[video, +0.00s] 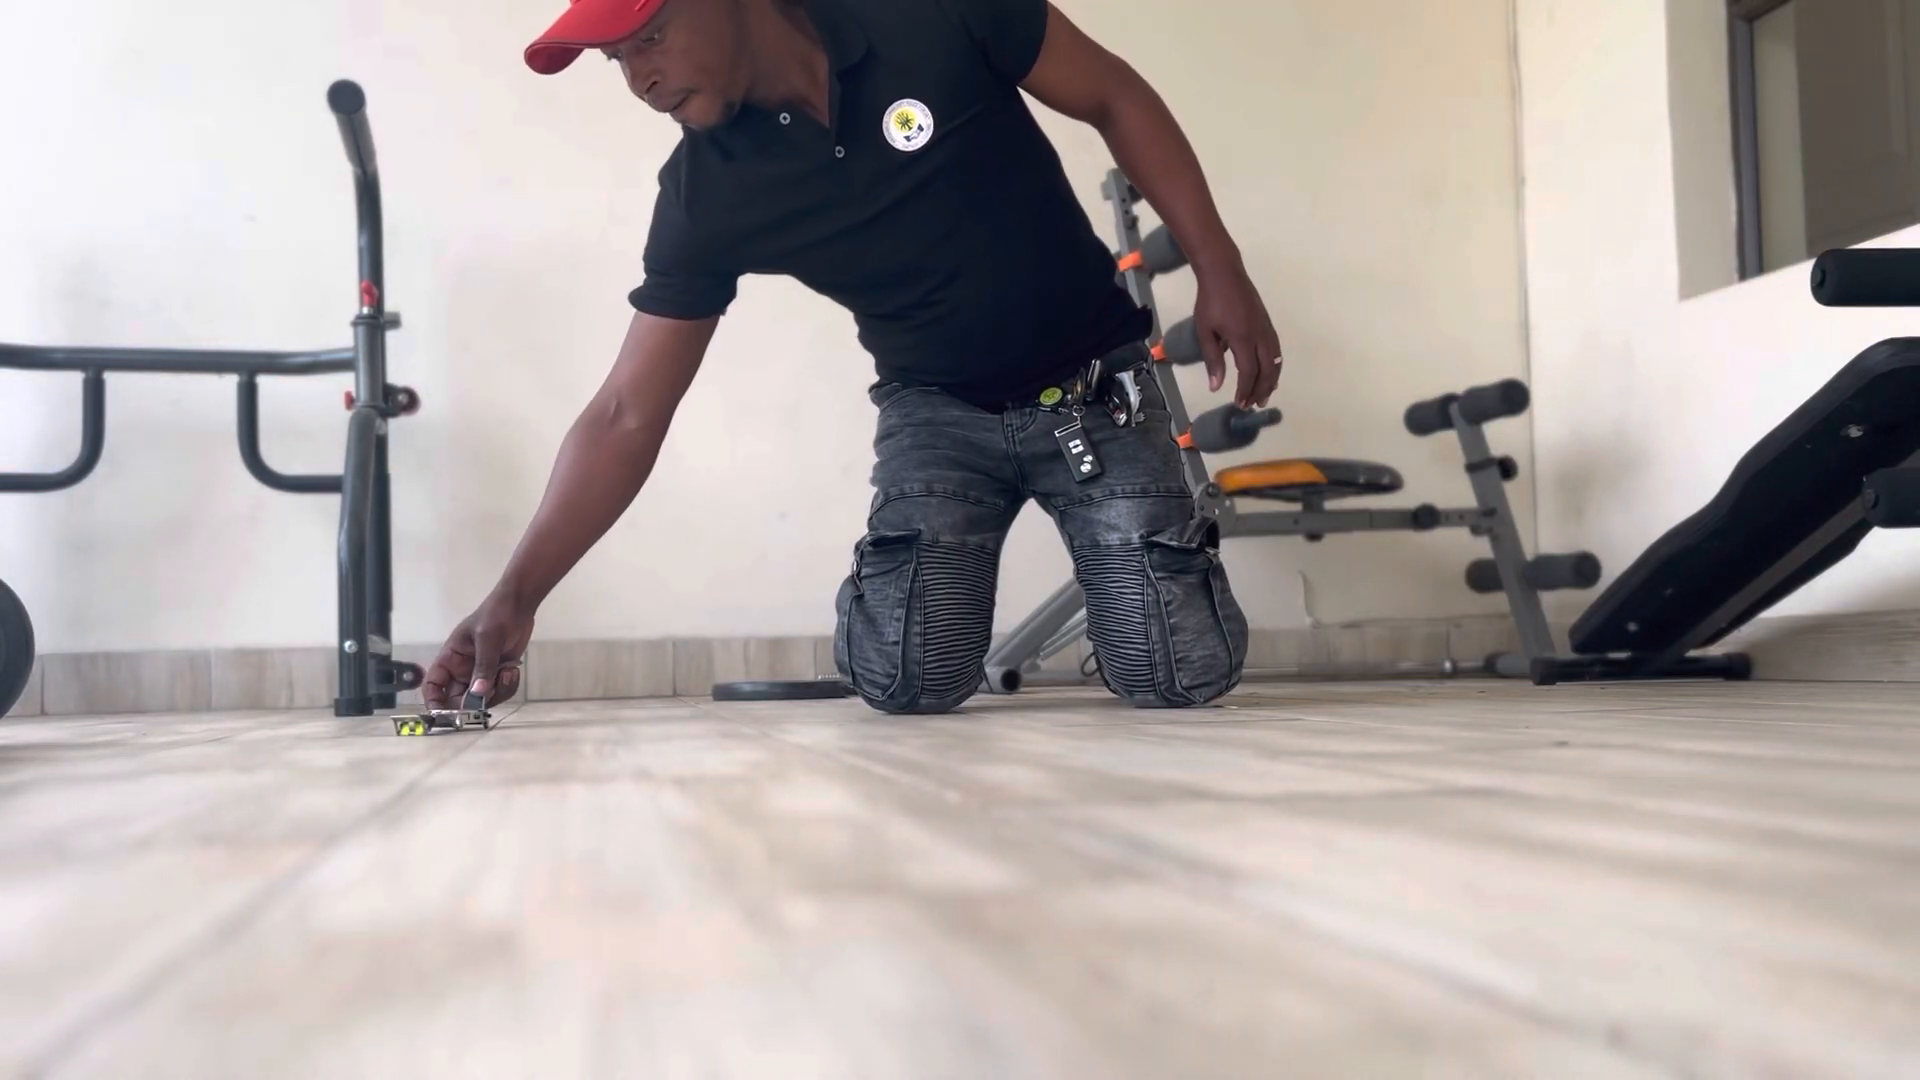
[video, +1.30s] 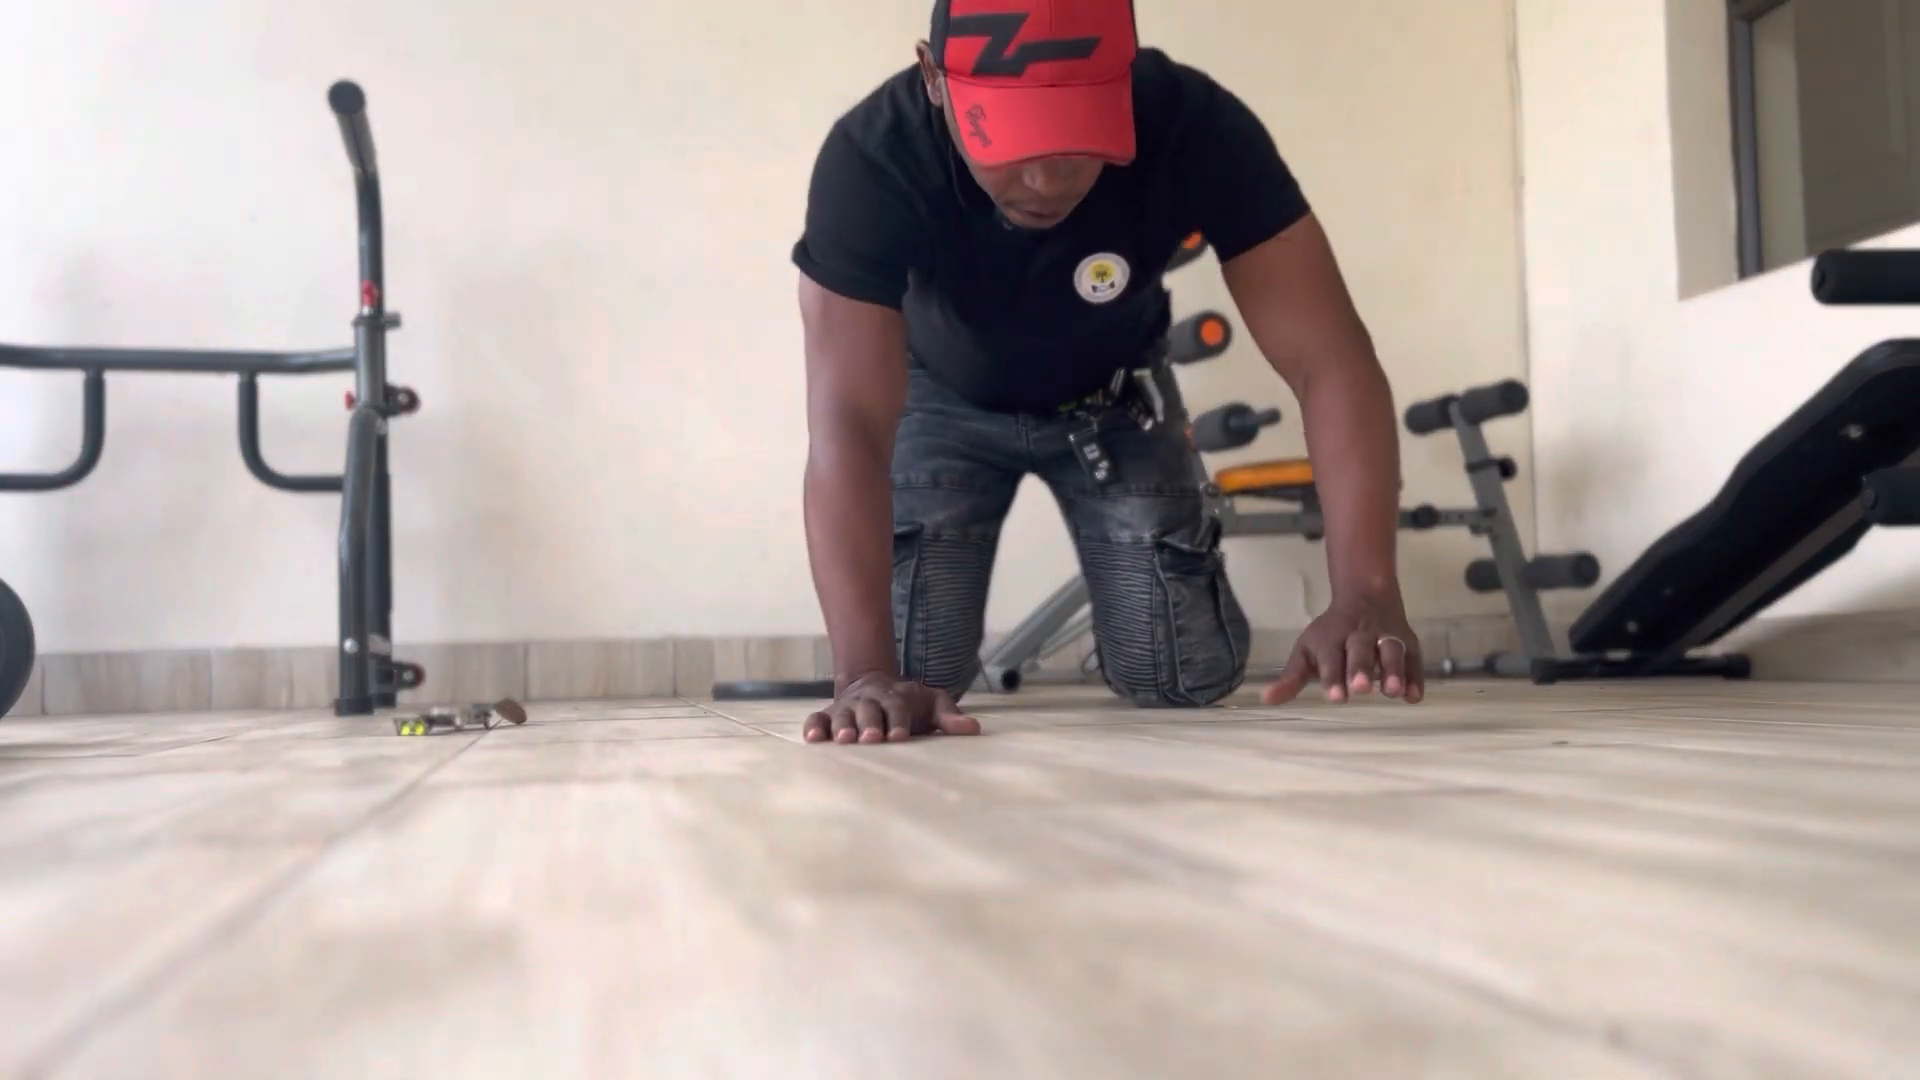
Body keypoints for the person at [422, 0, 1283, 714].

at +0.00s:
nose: (638, 80)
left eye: (648, 40)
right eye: (617, 62)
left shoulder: (935, 19)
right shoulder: (707, 190)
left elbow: (1116, 96)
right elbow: (620, 419)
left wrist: (1220, 269)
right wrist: (511, 601)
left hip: (1098, 380)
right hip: (936, 409)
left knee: (1188, 671)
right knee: (907, 675)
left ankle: (1118, 609)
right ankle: (956, 627)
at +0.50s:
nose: (743, 18)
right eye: (716, 4)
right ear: (697, 11)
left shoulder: (975, 22)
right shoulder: (726, 166)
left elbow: (1144, 122)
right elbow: (646, 409)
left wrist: (1244, 313)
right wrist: (546, 595)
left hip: (1101, 381)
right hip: (936, 408)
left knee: (1185, 670)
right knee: (904, 673)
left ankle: (1122, 608)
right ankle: (953, 631)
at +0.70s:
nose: (810, 1)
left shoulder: (1010, 21)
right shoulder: (750, 145)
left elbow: (1176, 151)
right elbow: (698, 387)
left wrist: (1255, 344)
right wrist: (647, 583)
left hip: (1099, 390)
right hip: (935, 413)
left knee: (1187, 669)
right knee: (906, 675)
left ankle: (1136, 618)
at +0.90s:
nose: (873, 11)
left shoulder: (1050, 29)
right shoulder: (780, 130)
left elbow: (1213, 192)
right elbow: (738, 374)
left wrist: (1274, 398)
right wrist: (744, 572)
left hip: (1102, 396)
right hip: (935, 414)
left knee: (1177, 670)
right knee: (909, 673)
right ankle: (891, 601)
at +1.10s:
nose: (959, 50)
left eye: (991, 15)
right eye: (926, 16)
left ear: (1035, 2)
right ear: (877, 9)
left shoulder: (1118, 60)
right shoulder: (831, 132)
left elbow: (1259, 264)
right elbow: (810, 377)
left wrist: (1297, 474)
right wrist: (838, 584)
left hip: (1109, 402)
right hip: (939, 414)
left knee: (1182, 675)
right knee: (912, 686)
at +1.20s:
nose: (989, 81)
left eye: (1023, 40)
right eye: (952, 44)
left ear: (1065, 20)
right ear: (894, 23)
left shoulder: (1144, 82)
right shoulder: (847, 151)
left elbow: (1276, 292)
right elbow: (833, 401)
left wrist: (1310, 508)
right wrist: (859, 637)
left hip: (1111, 399)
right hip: (935, 412)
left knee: (1181, 673)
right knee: (916, 689)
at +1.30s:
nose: (1045, 183)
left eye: (1077, 151)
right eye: (1012, 151)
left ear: (1119, 90)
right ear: (938, 84)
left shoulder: (1194, 129)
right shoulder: (873, 161)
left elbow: (1334, 361)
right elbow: (849, 424)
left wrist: (1364, 594)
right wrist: (866, 672)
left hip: (1114, 400)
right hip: (943, 408)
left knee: (1177, 676)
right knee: (916, 680)